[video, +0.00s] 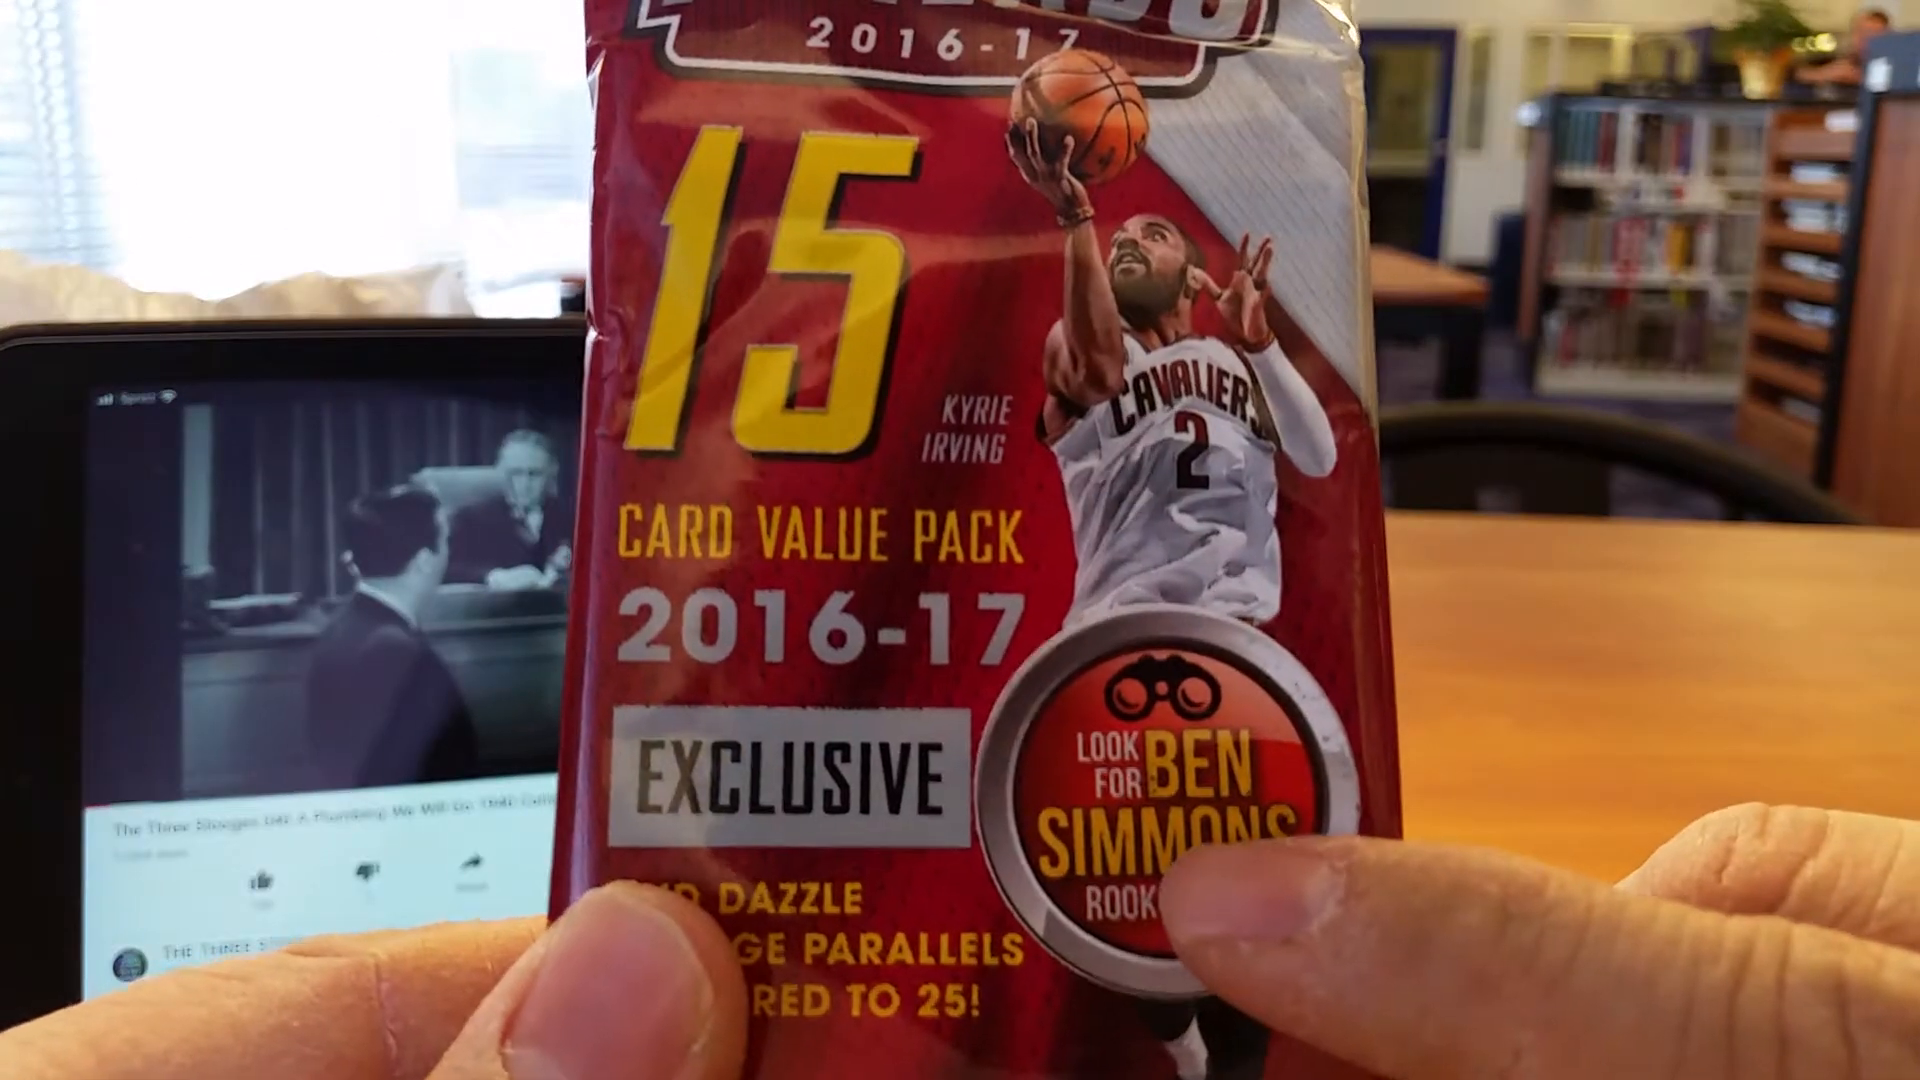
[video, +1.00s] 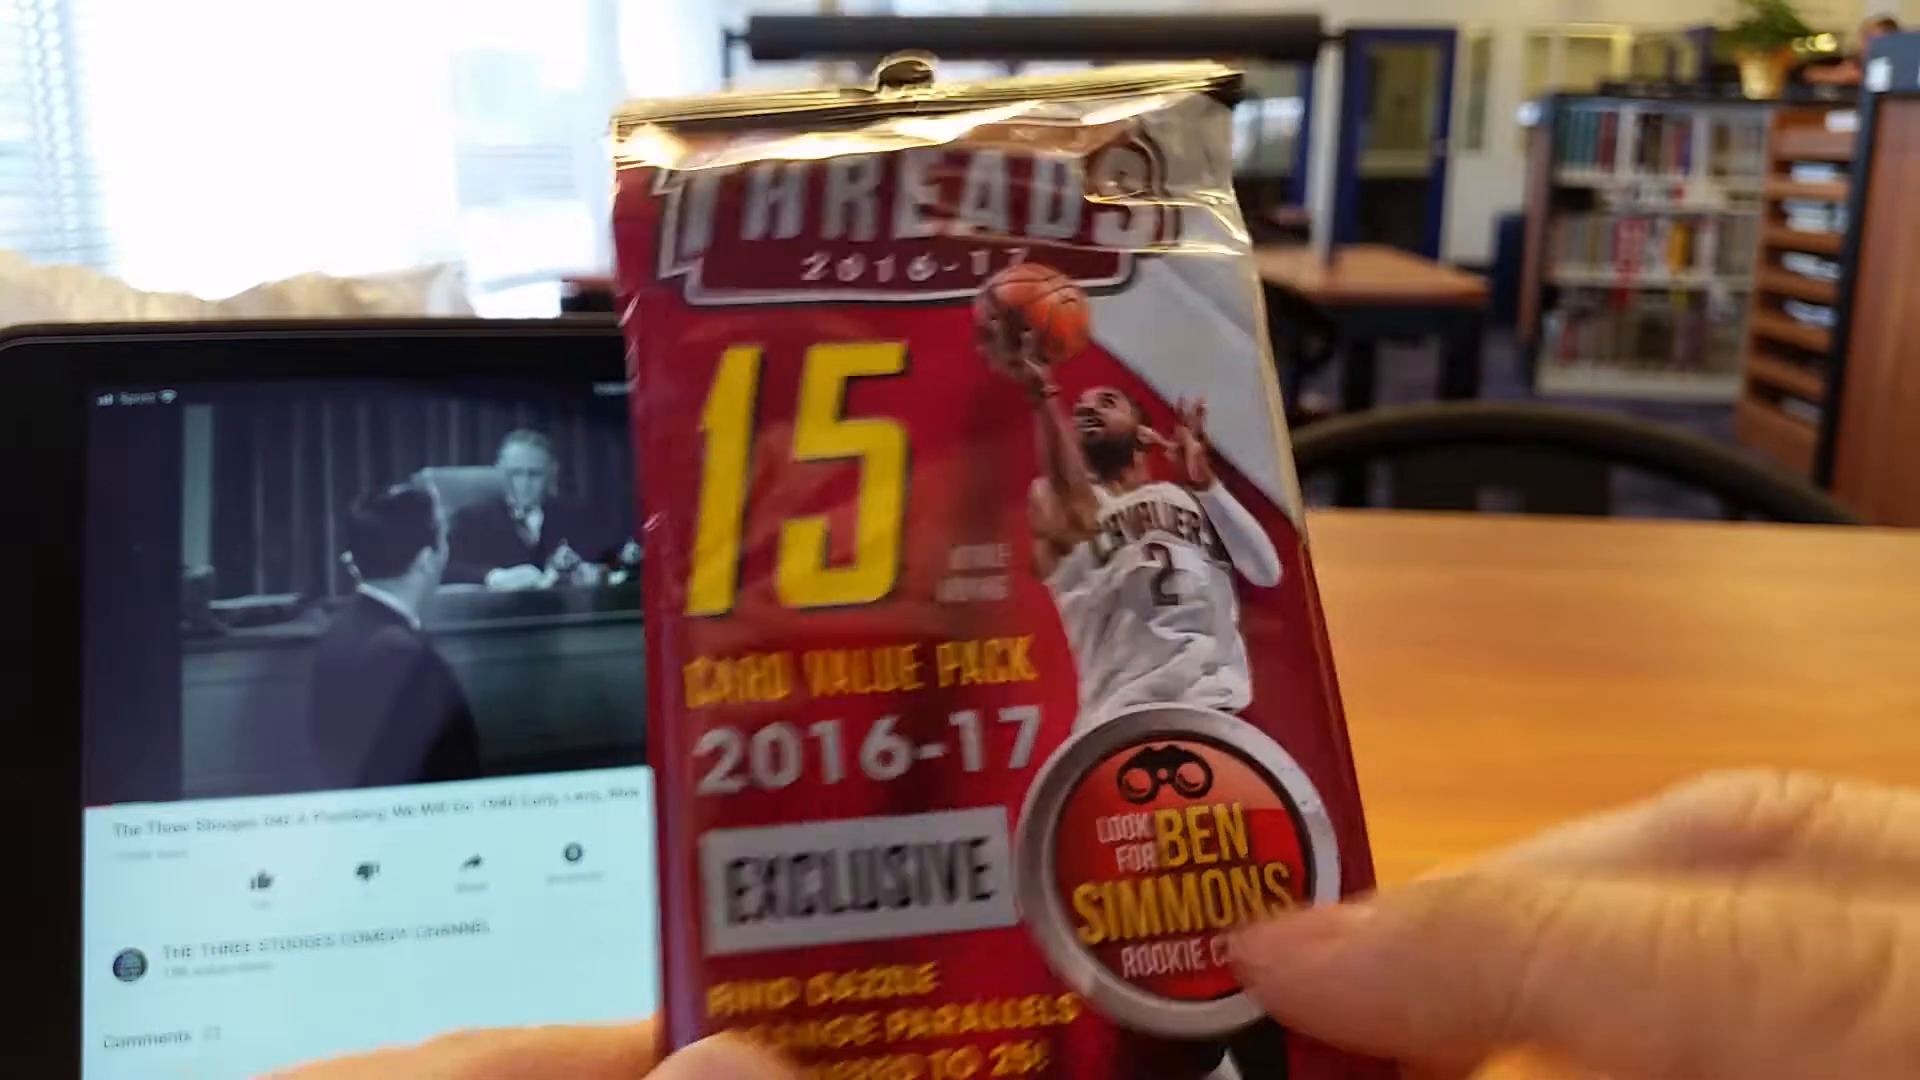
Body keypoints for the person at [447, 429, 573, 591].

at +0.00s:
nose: (524, 483)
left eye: (533, 473)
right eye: (516, 473)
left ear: (551, 473)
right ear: (500, 473)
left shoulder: (568, 518)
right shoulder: (471, 521)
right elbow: (452, 573)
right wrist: (492, 577)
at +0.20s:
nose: (524, 484)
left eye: (534, 474)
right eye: (515, 474)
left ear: (552, 473)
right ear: (501, 474)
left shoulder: (575, 517)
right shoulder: (474, 521)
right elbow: (450, 572)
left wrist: (584, 572)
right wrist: (491, 577)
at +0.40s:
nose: (524, 484)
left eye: (534, 474)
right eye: (515, 474)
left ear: (552, 472)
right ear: (500, 473)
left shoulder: (575, 517)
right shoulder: (473, 521)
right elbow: (450, 572)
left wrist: (584, 572)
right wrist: (491, 577)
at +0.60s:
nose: (524, 484)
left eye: (533, 474)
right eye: (515, 473)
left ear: (551, 473)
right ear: (500, 474)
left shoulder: (571, 517)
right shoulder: (473, 521)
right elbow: (451, 572)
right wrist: (491, 577)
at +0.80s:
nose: (524, 484)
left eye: (534, 474)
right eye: (515, 473)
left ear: (551, 473)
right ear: (499, 472)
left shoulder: (571, 519)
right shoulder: (473, 521)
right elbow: (450, 571)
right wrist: (491, 576)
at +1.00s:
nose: (524, 484)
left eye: (533, 474)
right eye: (515, 474)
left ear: (551, 474)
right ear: (500, 474)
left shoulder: (572, 519)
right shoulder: (474, 521)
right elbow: (450, 571)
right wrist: (492, 577)